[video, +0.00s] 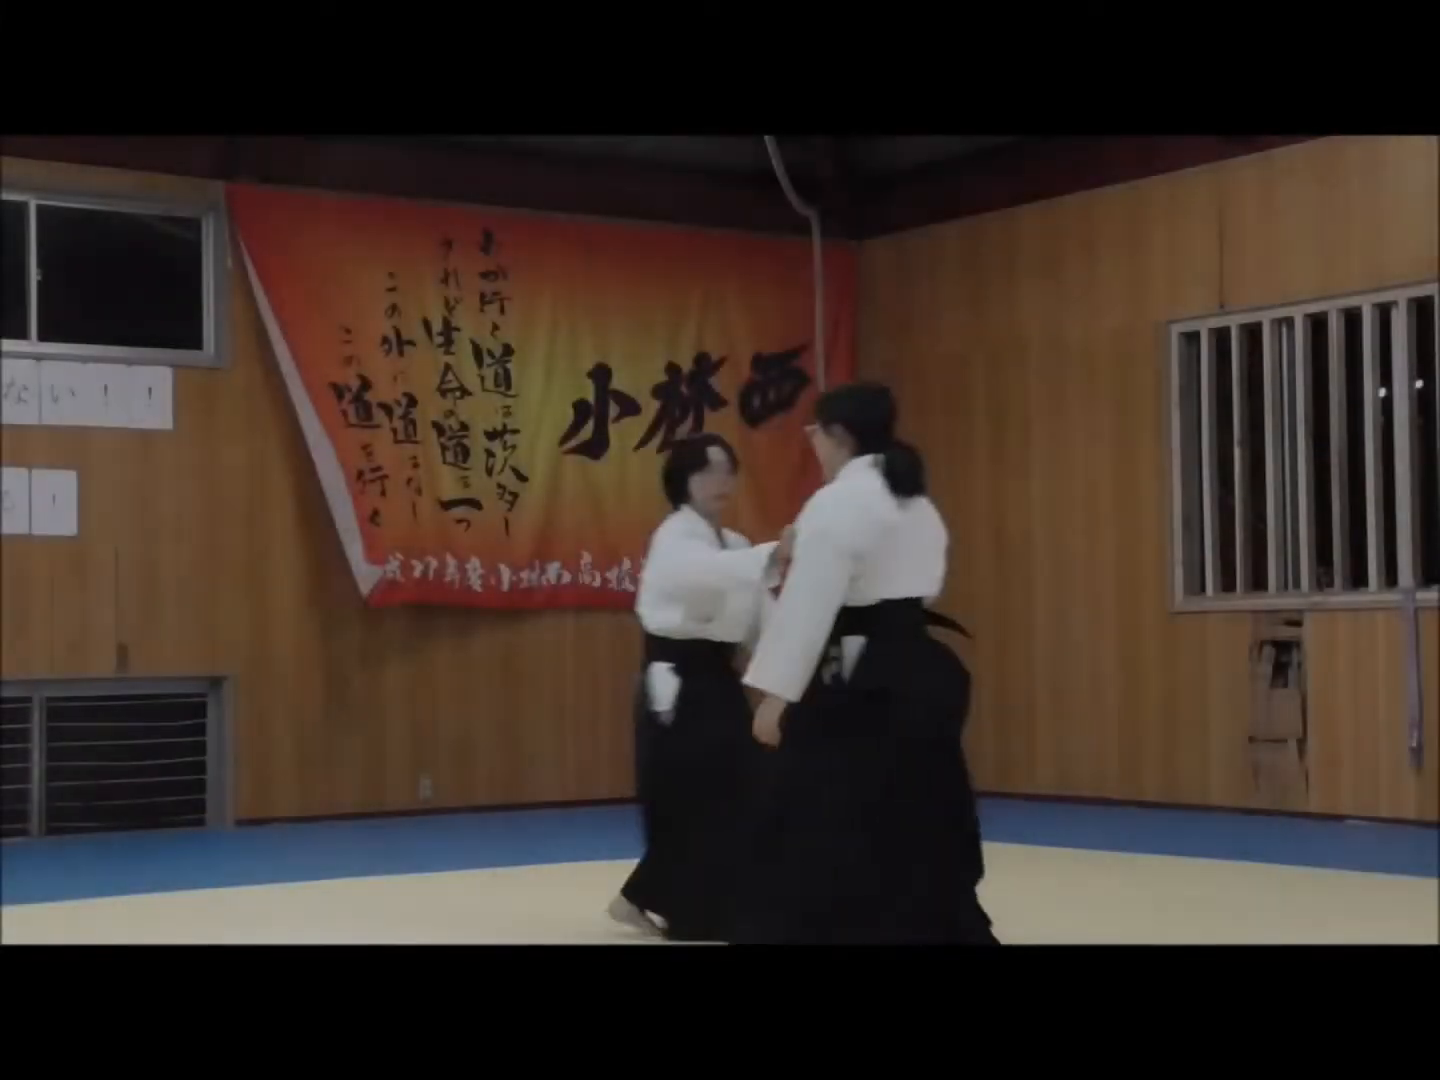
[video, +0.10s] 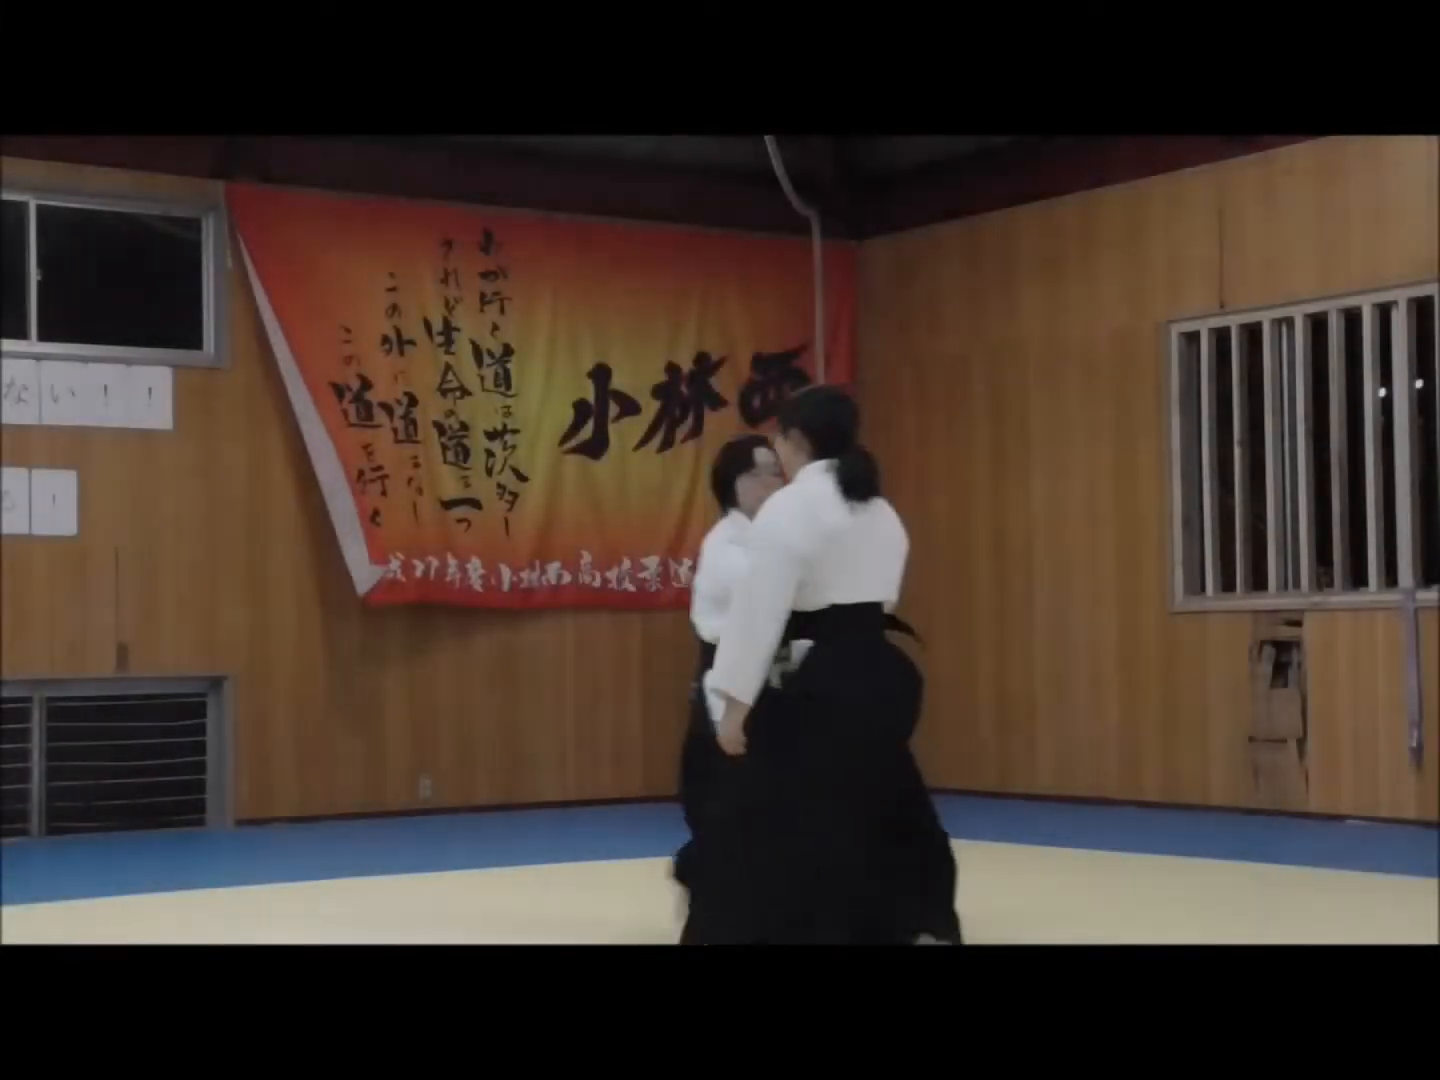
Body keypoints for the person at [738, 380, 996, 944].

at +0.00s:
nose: (812, 441)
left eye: (817, 431)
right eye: (814, 430)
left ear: (840, 436)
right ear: (878, 434)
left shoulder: (834, 507)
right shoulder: (918, 502)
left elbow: (808, 605)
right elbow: (922, 595)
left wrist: (776, 696)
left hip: (854, 676)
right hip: (921, 672)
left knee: (830, 814)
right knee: (916, 813)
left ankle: (835, 925)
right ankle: (926, 923)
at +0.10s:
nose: (775, 447)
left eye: (781, 436)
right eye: (776, 437)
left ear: (799, 439)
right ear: (844, 438)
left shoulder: (787, 512)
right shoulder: (883, 512)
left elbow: (759, 613)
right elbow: (884, 603)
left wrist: (733, 703)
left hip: (809, 680)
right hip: (880, 673)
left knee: (781, 815)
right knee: (875, 803)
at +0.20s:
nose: (741, 446)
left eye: (743, 435)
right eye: (743, 435)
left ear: (759, 439)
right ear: (809, 436)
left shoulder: (746, 508)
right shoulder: (851, 510)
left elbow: (717, 603)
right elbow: (863, 606)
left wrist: (693, 692)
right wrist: (909, 681)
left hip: (775, 682)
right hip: (852, 678)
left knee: (739, 817)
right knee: (841, 816)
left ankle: (739, 930)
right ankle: (849, 930)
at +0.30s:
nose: (714, 450)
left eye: (717, 440)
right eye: (716, 440)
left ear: (732, 443)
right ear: (779, 440)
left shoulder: (717, 508)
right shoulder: (822, 507)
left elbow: (679, 603)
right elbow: (847, 588)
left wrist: (643, 687)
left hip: (747, 680)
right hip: (826, 675)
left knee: (727, 817)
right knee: (823, 816)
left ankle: (733, 931)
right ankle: (828, 929)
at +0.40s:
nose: (700, 460)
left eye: (703, 450)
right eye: (703, 450)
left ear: (717, 452)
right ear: (763, 450)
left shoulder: (696, 518)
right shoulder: (808, 519)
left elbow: (648, 606)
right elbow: (830, 605)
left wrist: (610, 687)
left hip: (724, 683)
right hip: (804, 680)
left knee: (705, 817)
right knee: (791, 818)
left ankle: (703, 930)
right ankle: (785, 930)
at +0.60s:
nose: (678, 464)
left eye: (680, 455)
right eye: (681, 455)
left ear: (690, 460)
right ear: (743, 459)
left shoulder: (672, 526)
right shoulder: (787, 526)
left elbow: (627, 610)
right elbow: (804, 612)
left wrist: (588, 682)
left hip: (698, 678)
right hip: (779, 680)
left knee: (663, 818)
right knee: (752, 824)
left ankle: (647, 930)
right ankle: (724, 934)